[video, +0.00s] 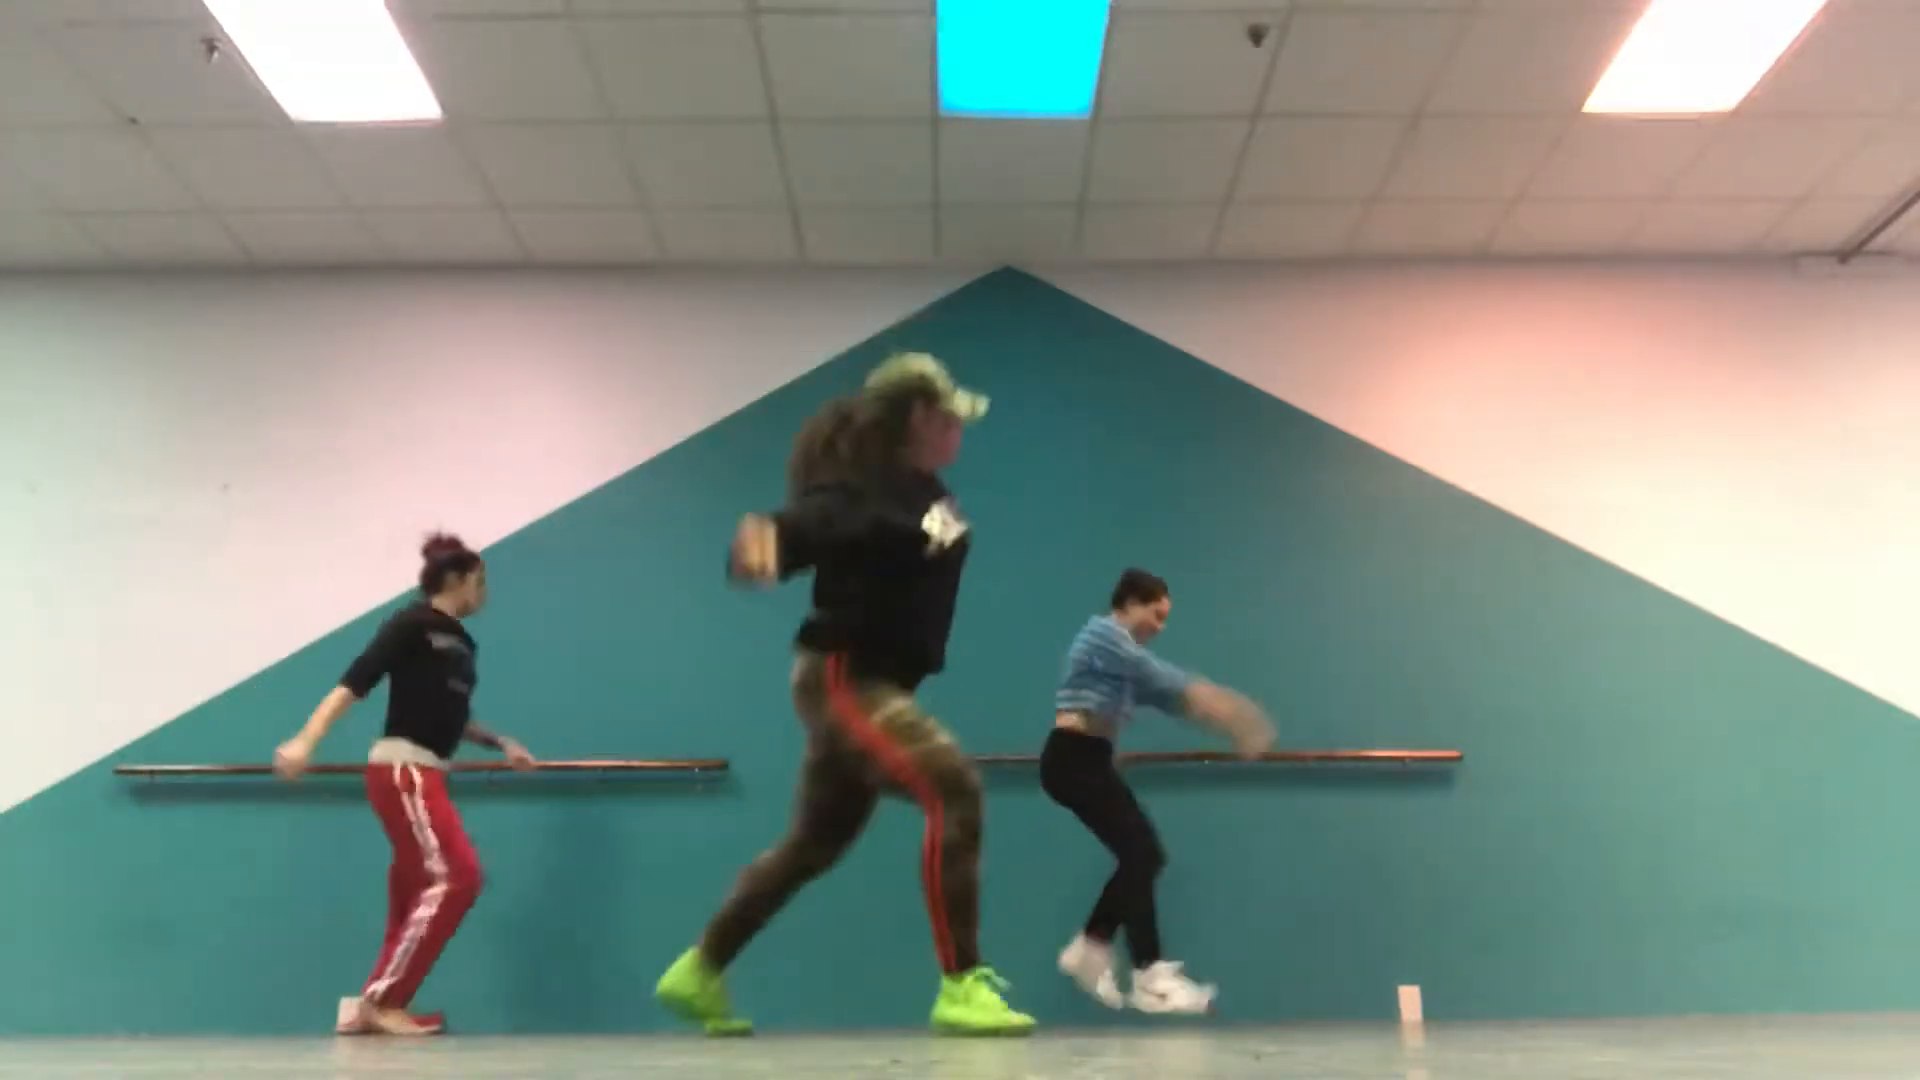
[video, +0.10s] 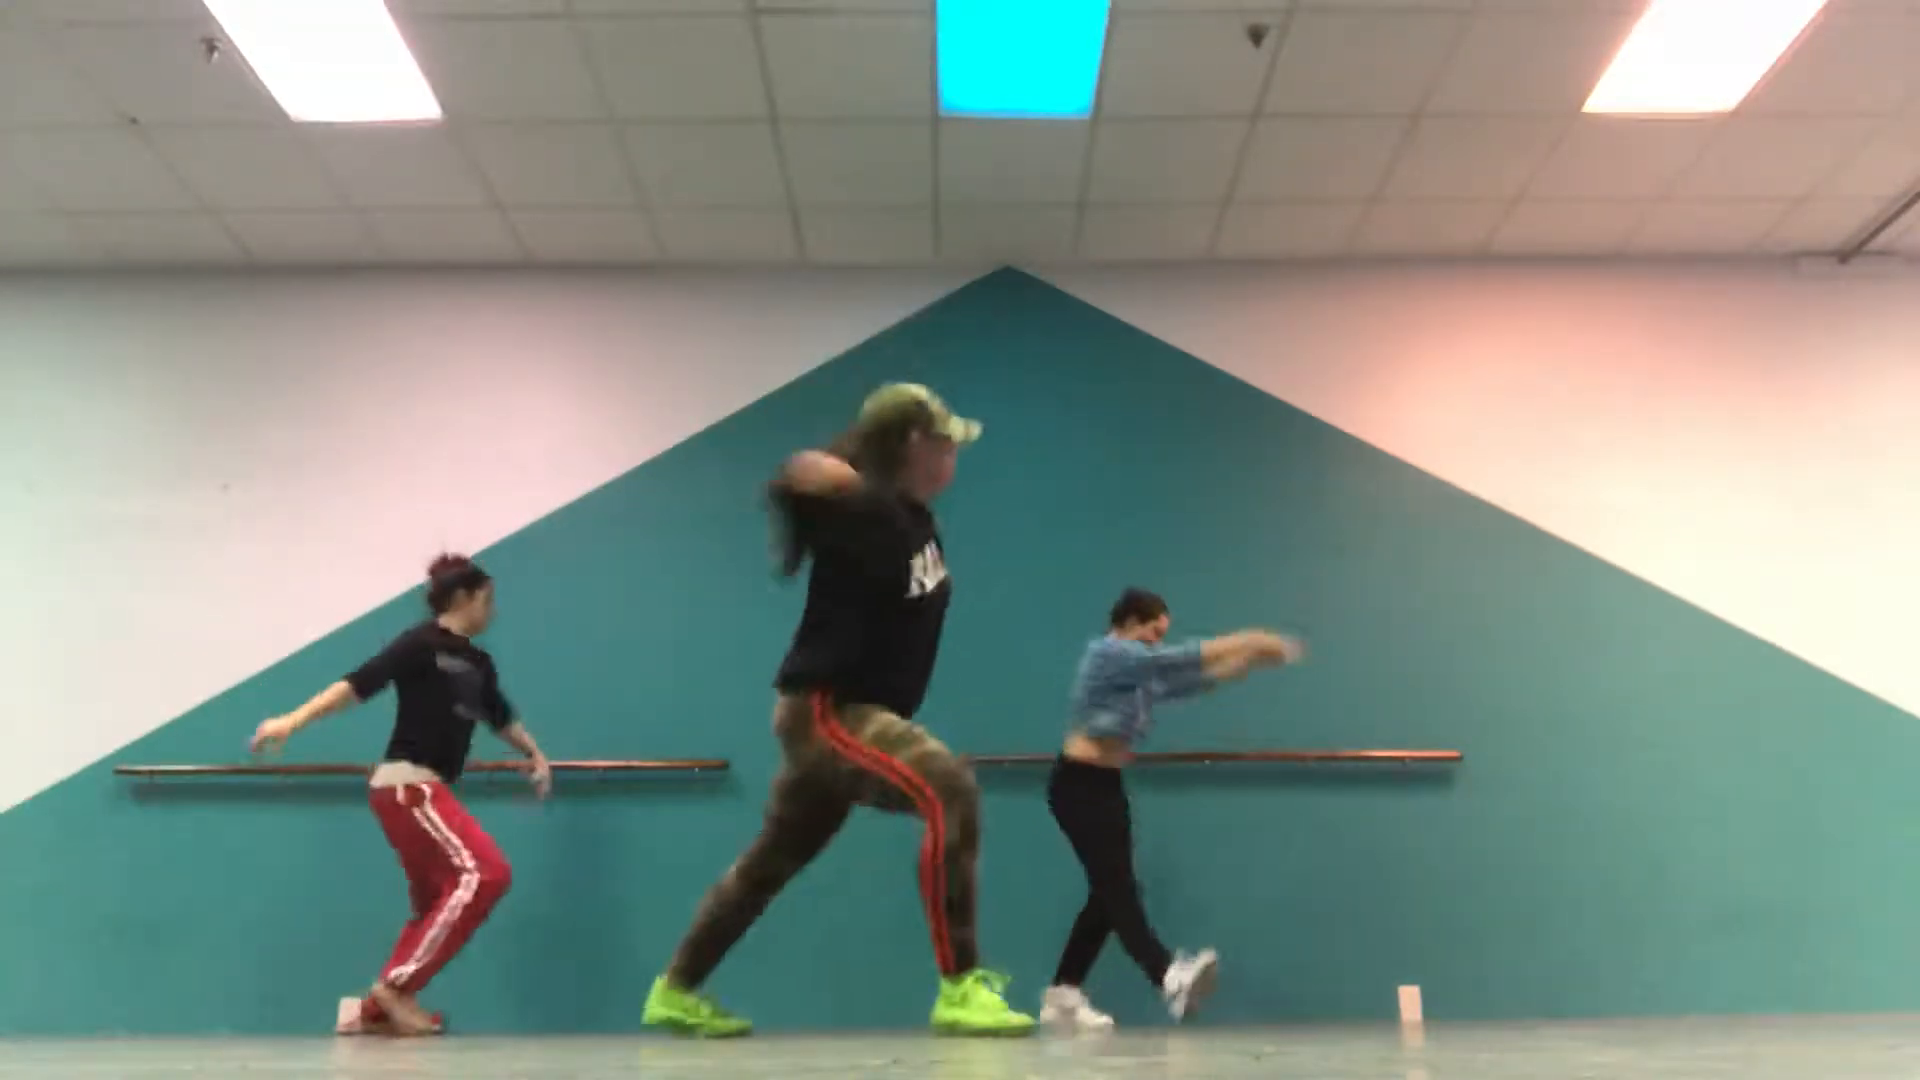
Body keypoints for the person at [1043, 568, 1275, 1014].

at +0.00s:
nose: (1159, 627)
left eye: (1163, 619)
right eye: (1156, 615)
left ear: (1140, 610)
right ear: (1130, 605)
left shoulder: (1118, 649)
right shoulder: (1101, 634)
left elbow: (1162, 693)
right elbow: (1151, 673)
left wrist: (1215, 709)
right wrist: (1210, 698)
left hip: (1086, 758)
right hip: (1074, 758)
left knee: (1140, 855)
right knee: (1141, 854)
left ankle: (1089, 950)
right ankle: (1150, 976)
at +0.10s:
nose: (1158, 641)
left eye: (1162, 634)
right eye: (1154, 632)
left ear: (1141, 630)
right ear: (1130, 622)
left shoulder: (1135, 666)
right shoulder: (1107, 654)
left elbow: (1197, 677)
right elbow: (1193, 655)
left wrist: (1248, 657)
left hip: (1102, 784)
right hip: (1080, 782)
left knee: (1110, 890)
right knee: (1115, 887)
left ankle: (1063, 994)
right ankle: (1168, 979)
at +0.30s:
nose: (1189, 614)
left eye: (1191, 605)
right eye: (1185, 603)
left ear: (1162, 601)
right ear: (1161, 597)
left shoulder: (1155, 644)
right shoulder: (1131, 628)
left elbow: (1199, 690)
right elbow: (1174, 668)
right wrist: (1230, 693)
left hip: (1118, 758)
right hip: (1104, 755)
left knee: (1146, 869)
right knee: (1161, 861)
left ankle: (1081, 969)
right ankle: (1172, 979)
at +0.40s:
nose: (1200, 620)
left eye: (1203, 611)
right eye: (1197, 609)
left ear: (1173, 606)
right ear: (1172, 602)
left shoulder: (1170, 650)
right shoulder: (1143, 643)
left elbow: (1180, 721)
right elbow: (1167, 719)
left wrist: (1201, 779)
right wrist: (1200, 777)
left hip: (1150, 757)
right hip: (1133, 757)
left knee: (1189, 866)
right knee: (1185, 865)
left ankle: (1095, 892)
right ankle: (1154, 989)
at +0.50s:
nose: (1209, 620)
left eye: (1211, 611)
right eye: (1207, 609)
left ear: (1176, 602)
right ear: (1188, 602)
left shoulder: (1161, 636)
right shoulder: (1171, 636)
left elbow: (1182, 709)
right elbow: (1183, 704)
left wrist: (1206, 771)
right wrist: (1204, 757)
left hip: (1151, 756)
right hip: (1159, 756)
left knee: (1221, 859)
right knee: (1200, 869)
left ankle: (1127, 842)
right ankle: (1155, 989)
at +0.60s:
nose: (1224, 595)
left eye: (1225, 587)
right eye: (1223, 587)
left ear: (1180, 580)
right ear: (1211, 581)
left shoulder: (1161, 617)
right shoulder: (1197, 609)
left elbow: (1193, 685)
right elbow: (1234, 663)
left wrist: (1244, 693)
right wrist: (1258, 695)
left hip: (1155, 734)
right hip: (1174, 734)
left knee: (1238, 830)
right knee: (1205, 844)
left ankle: (1156, 876)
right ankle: (1164, 975)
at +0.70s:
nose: (1240, 585)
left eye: (1239, 579)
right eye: (1238, 578)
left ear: (1195, 575)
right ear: (1226, 574)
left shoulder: (1170, 608)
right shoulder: (1221, 599)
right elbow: (1284, 629)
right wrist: (1302, 625)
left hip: (1157, 726)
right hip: (1192, 723)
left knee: (1225, 840)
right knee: (1230, 842)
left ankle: (1221, 948)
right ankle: (1193, 953)